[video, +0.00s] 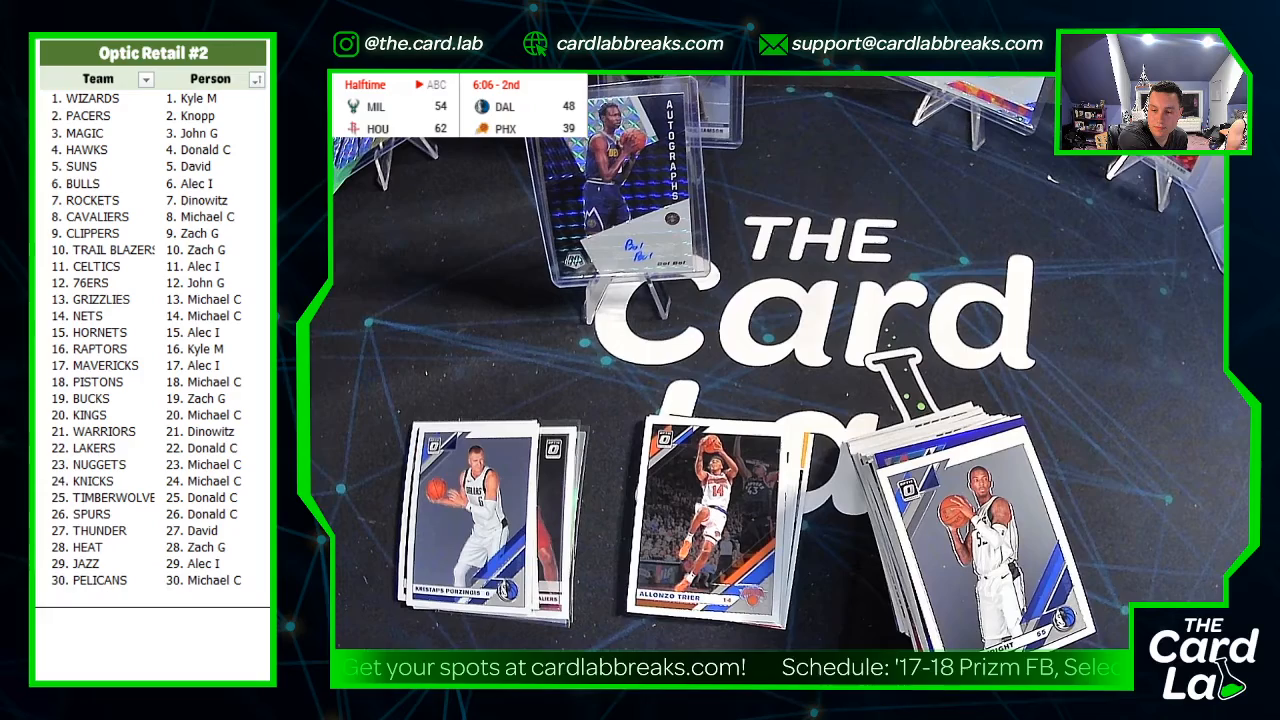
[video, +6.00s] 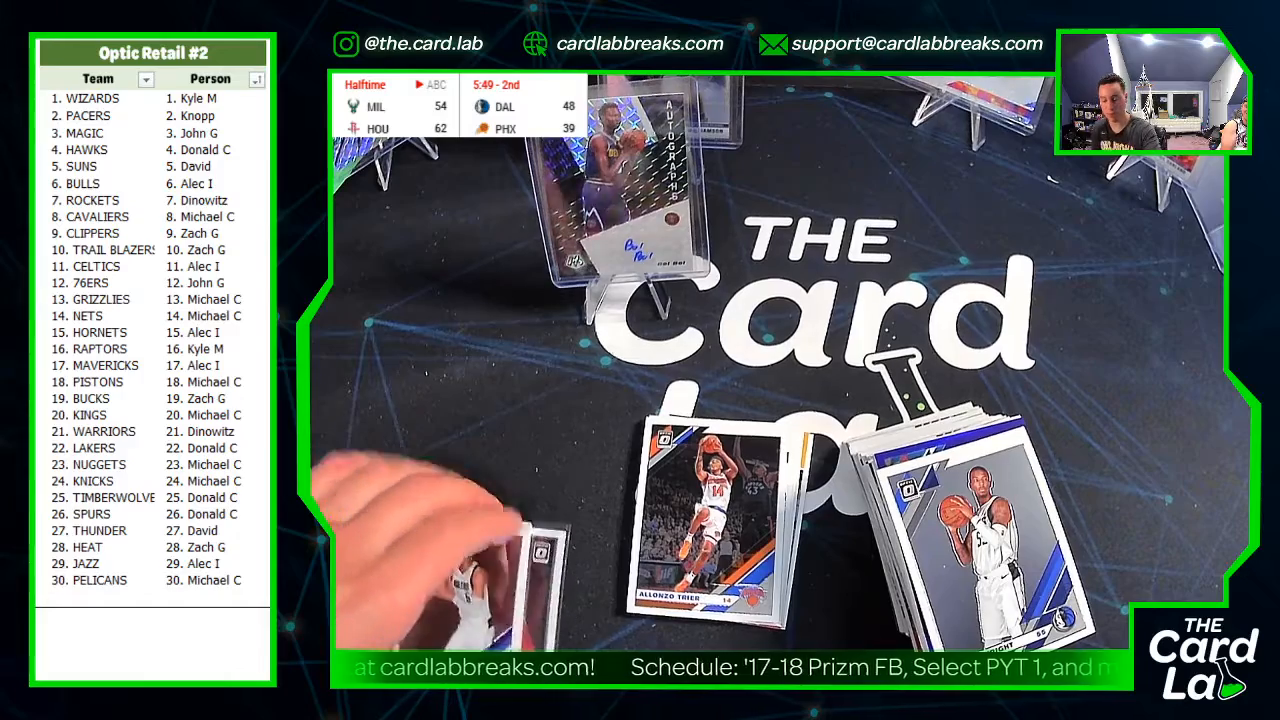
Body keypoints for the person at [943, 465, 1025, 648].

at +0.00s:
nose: (980, 483)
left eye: (984, 479)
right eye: (976, 480)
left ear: (990, 482)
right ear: (970, 485)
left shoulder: (1000, 504)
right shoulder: (975, 517)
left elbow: (997, 539)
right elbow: (965, 559)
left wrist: (973, 517)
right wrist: (953, 531)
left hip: (1007, 579)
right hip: (985, 584)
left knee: (1018, 633)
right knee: (992, 639)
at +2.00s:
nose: (980, 483)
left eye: (984, 479)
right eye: (976, 480)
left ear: (990, 481)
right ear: (970, 485)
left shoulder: (1000, 504)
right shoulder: (975, 517)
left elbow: (998, 539)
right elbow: (965, 559)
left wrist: (973, 517)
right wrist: (953, 530)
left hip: (1007, 579)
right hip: (985, 584)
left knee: (1018, 632)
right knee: (992, 639)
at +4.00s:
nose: (980, 483)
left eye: (984, 479)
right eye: (975, 480)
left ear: (990, 481)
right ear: (970, 485)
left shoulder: (1000, 504)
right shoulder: (975, 517)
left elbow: (997, 538)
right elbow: (965, 559)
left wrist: (972, 516)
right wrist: (953, 530)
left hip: (1007, 579)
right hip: (985, 584)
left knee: (1018, 632)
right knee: (992, 639)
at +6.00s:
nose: (980, 483)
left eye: (983, 479)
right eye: (975, 480)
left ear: (990, 481)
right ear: (970, 486)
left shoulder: (1000, 504)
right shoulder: (974, 517)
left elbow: (996, 538)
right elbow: (965, 559)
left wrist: (972, 517)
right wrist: (953, 531)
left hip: (1007, 579)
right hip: (985, 585)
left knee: (1018, 633)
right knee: (991, 641)